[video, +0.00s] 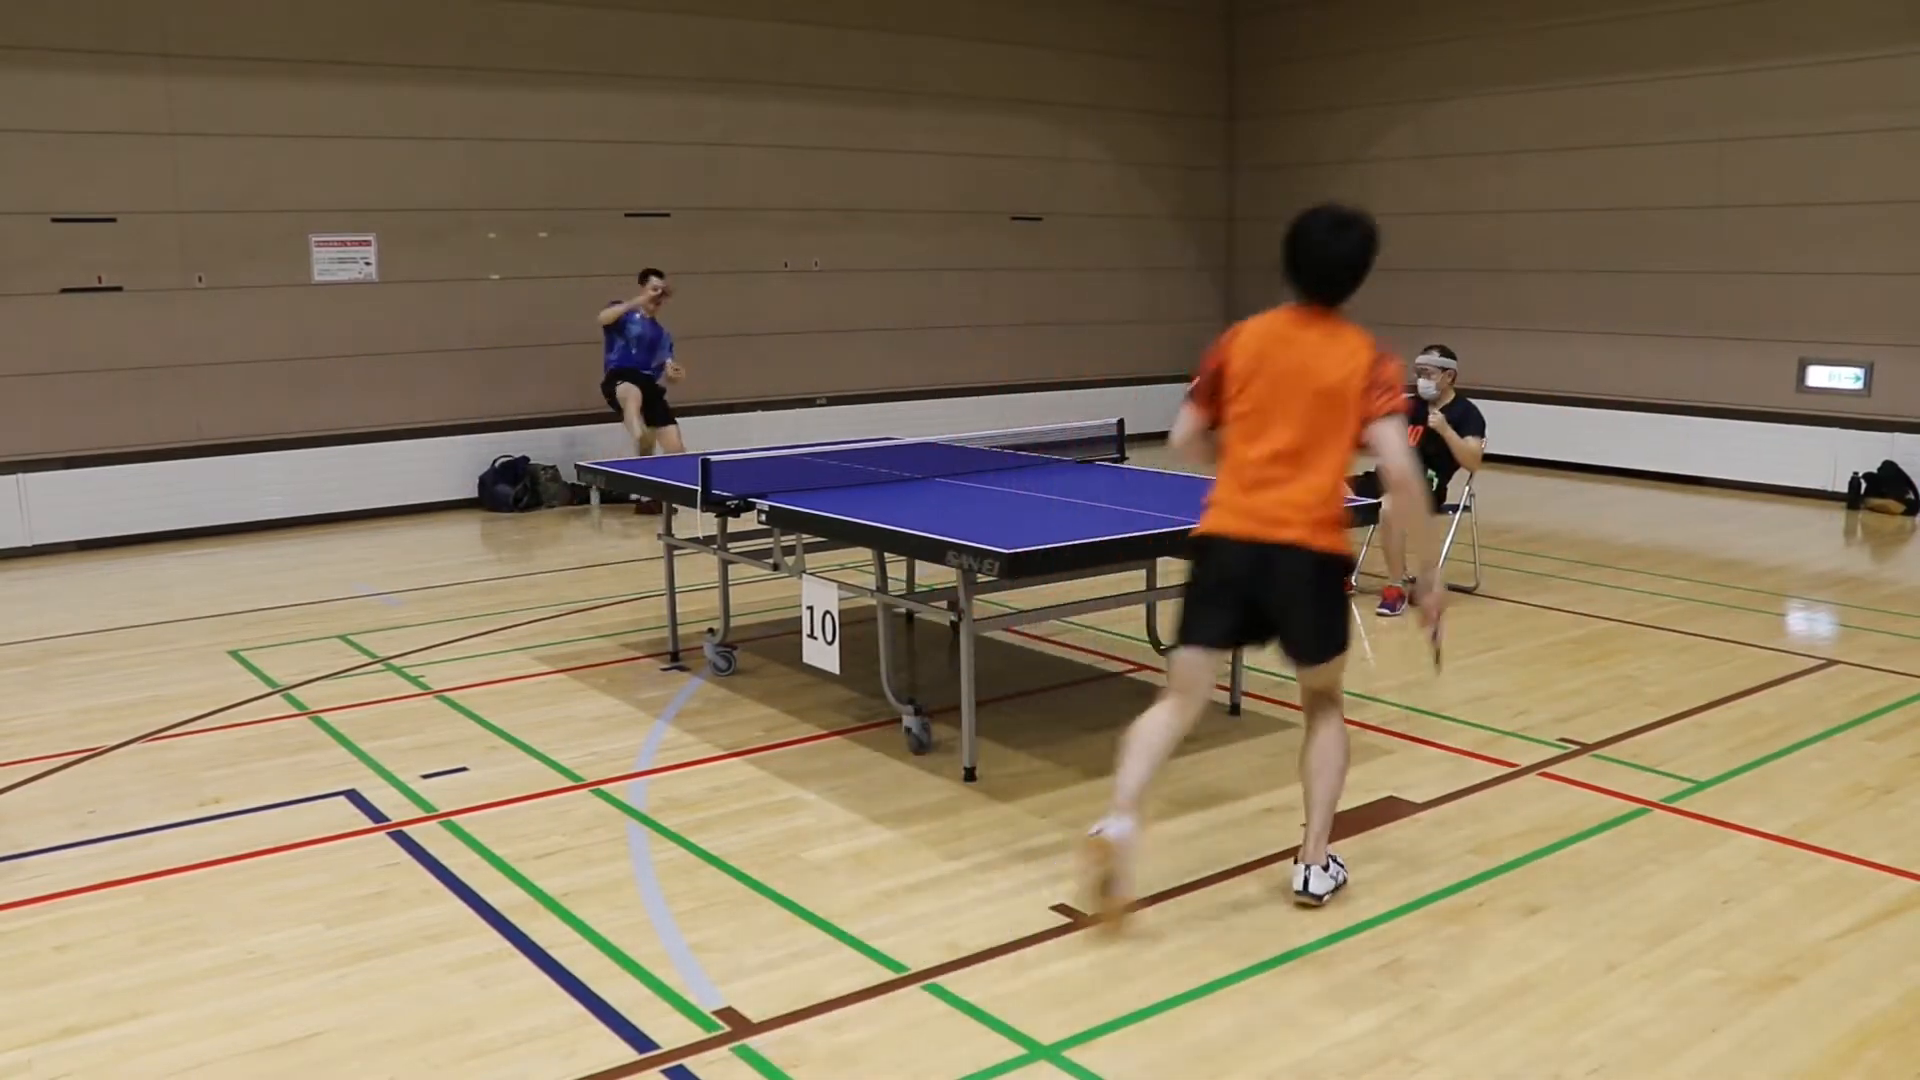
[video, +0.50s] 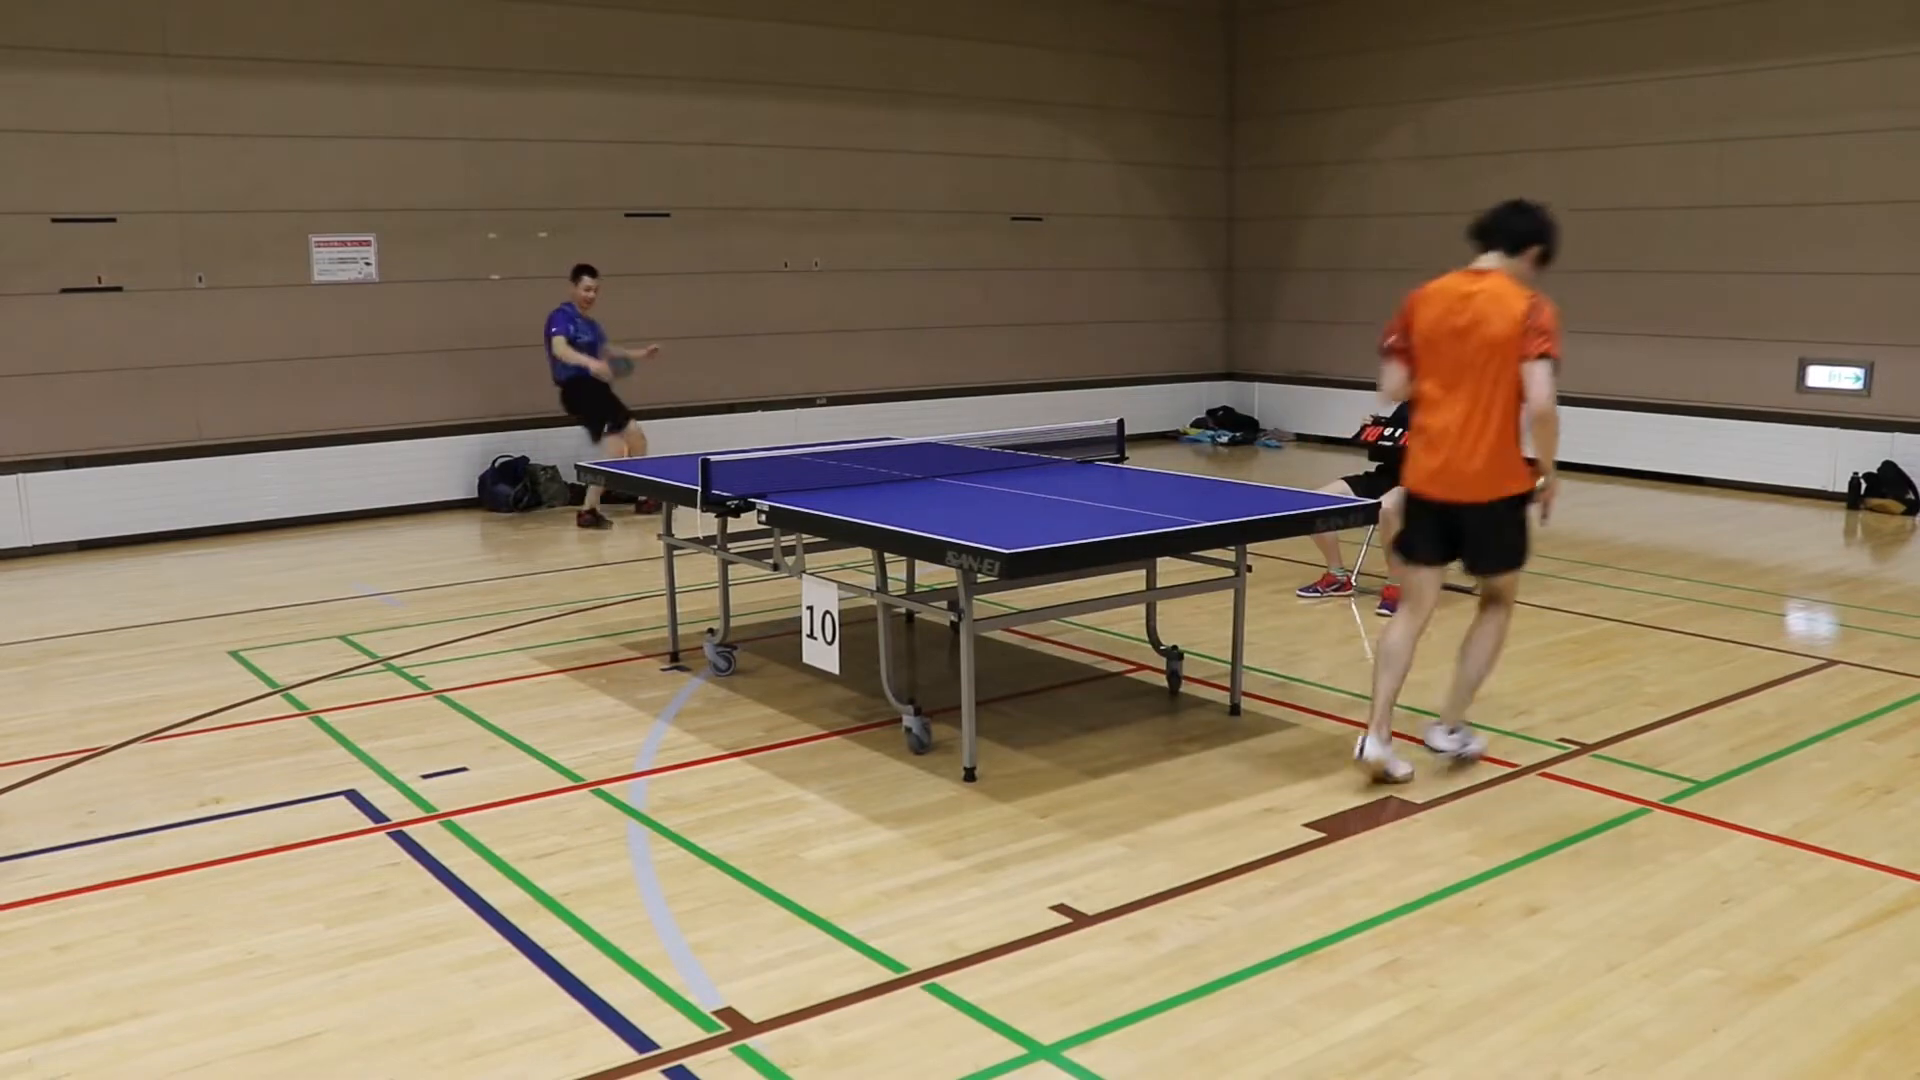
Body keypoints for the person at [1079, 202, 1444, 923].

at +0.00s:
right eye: (1361, 266)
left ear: (1289, 266)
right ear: (1358, 276)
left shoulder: (1241, 339)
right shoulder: (1368, 360)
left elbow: (1187, 443)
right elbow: (1401, 476)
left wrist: (1251, 458)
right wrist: (1422, 578)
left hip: (1224, 551)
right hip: (1307, 561)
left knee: (1181, 695)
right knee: (1322, 706)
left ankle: (1119, 818)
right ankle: (1314, 862)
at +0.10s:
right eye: (1396, 227)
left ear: (1329, 224)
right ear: (1397, 236)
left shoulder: (1280, 295)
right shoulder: (1410, 315)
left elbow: (1231, 389)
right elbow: (1443, 427)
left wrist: (1274, 402)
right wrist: (1451, 514)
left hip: (1275, 503)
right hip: (1356, 512)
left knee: (1253, 649)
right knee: (1345, 667)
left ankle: (1222, 783)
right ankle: (1324, 824)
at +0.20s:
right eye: (1422, 203)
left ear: (1357, 204)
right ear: (1425, 212)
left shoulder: (1314, 277)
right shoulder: (1442, 290)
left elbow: (1268, 370)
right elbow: (1478, 395)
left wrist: (1320, 365)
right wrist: (1465, 473)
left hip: (1321, 475)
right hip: (1397, 480)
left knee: (1315, 625)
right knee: (1371, 635)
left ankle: (1306, 774)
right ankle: (1344, 781)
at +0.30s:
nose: (1455, 237)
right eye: (1456, 228)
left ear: (1385, 228)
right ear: (1450, 235)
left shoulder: (1345, 298)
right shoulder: (1469, 310)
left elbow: (1300, 395)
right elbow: (1505, 416)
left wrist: (1350, 372)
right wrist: (1486, 485)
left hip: (1358, 492)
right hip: (1430, 493)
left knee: (1366, 628)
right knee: (1406, 636)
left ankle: (1372, 756)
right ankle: (1373, 745)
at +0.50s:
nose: (1538, 274)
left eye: (1541, 265)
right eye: (1540, 264)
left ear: (1482, 244)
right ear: (1529, 254)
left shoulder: (1423, 298)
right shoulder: (1530, 307)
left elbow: (1392, 385)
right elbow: (1540, 402)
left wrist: (1449, 376)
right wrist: (1547, 470)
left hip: (1426, 482)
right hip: (1493, 485)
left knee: (1412, 605)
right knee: (1496, 600)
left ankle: (1376, 738)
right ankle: (1448, 726)